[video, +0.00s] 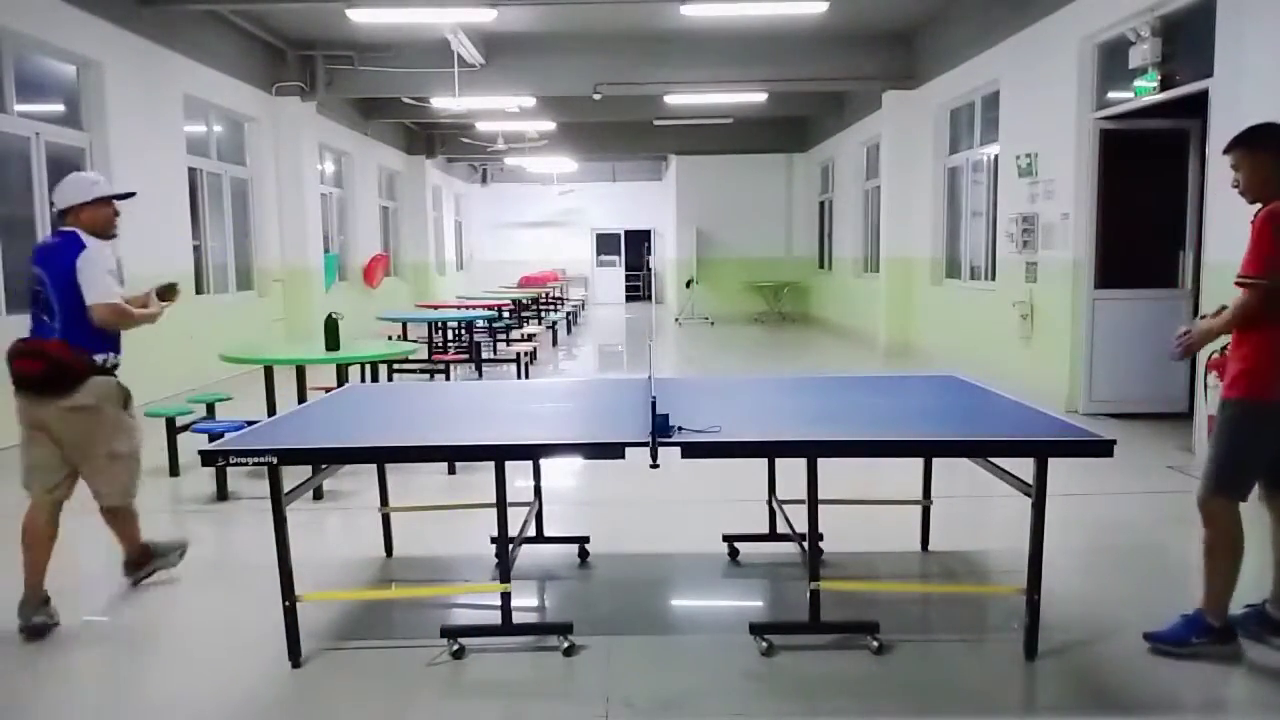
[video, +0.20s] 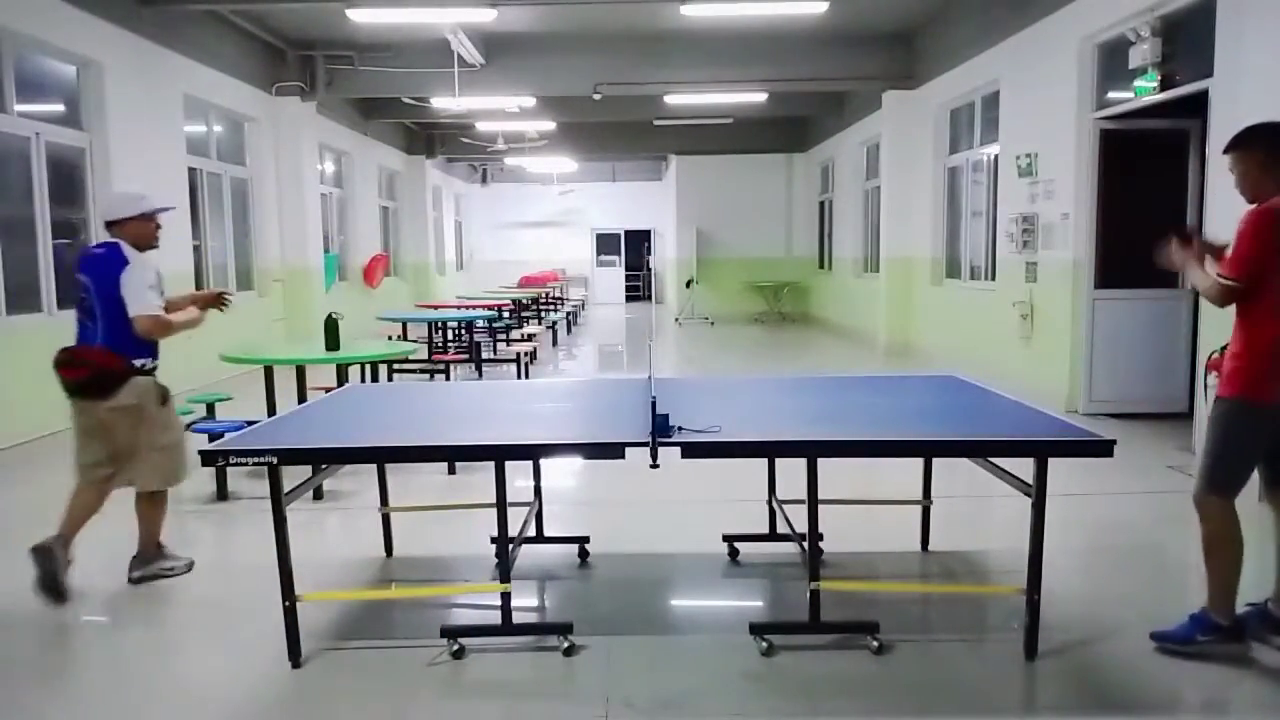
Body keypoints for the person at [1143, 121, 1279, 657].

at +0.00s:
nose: (1233, 180)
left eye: (1239, 168)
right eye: (1231, 170)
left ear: (1269, 164)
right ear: (1268, 167)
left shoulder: (1270, 219)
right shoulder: (1274, 218)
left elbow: (1254, 301)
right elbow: (1261, 301)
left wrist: (1207, 328)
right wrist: (1222, 334)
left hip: (1255, 390)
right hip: (1270, 389)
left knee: (1217, 498)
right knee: (1274, 495)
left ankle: (1213, 619)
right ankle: (1276, 607)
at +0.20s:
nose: (1232, 179)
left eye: (1238, 167)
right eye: (1232, 168)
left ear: (1265, 165)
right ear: (1270, 166)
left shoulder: (1263, 219)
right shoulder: (1273, 215)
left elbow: (1220, 291)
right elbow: (1258, 273)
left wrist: (1189, 264)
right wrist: (1215, 252)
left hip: (1252, 382)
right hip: (1276, 382)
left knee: (1212, 495)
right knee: (1275, 491)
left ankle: (1219, 616)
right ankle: (1277, 607)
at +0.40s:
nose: (1227, 167)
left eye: (1233, 157)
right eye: (1228, 157)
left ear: (1258, 159)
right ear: (1268, 159)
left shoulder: (1253, 215)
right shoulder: (1271, 212)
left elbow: (1221, 291)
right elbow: (1235, 286)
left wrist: (1174, 268)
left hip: (1247, 385)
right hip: (1273, 384)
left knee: (1207, 494)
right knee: (1274, 493)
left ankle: (1221, 615)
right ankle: (1277, 606)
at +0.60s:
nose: (1212, 175)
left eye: (1217, 165)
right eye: (1211, 165)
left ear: (1243, 163)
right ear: (1257, 163)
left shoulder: (1243, 216)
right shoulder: (1275, 208)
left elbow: (1236, 297)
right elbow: (1252, 293)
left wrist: (1182, 320)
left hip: (1241, 387)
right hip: (1275, 386)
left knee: (1201, 497)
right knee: (1271, 497)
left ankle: (1221, 617)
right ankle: (1275, 606)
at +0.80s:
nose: (1193, 175)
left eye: (1199, 164)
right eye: (1193, 164)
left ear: (1229, 163)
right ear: (1235, 165)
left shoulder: (1246, 220)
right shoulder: (1254, 215)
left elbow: (1247, 303)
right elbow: (1244, 294)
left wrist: (1193, 342)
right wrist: (1198, 274)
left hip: (1235, 392)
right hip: (1259, 390)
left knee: (1199, 499)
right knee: (1265, 498)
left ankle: (1221, 617)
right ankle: (1274, 606)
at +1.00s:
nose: (1175, 178)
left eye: (1182, 165)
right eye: (1175, 167)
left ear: (1217, 164)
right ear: (1212, 168)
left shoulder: (1246, 221)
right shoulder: (1222, 222)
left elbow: (1259, 310)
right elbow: (1221, 299)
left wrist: (1205, 371)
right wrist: (1185, 278)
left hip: (1232, 388)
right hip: (1229, 387)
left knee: (1202, 501)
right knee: (1235, 498)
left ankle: (1222, 616)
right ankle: (1272, 602)